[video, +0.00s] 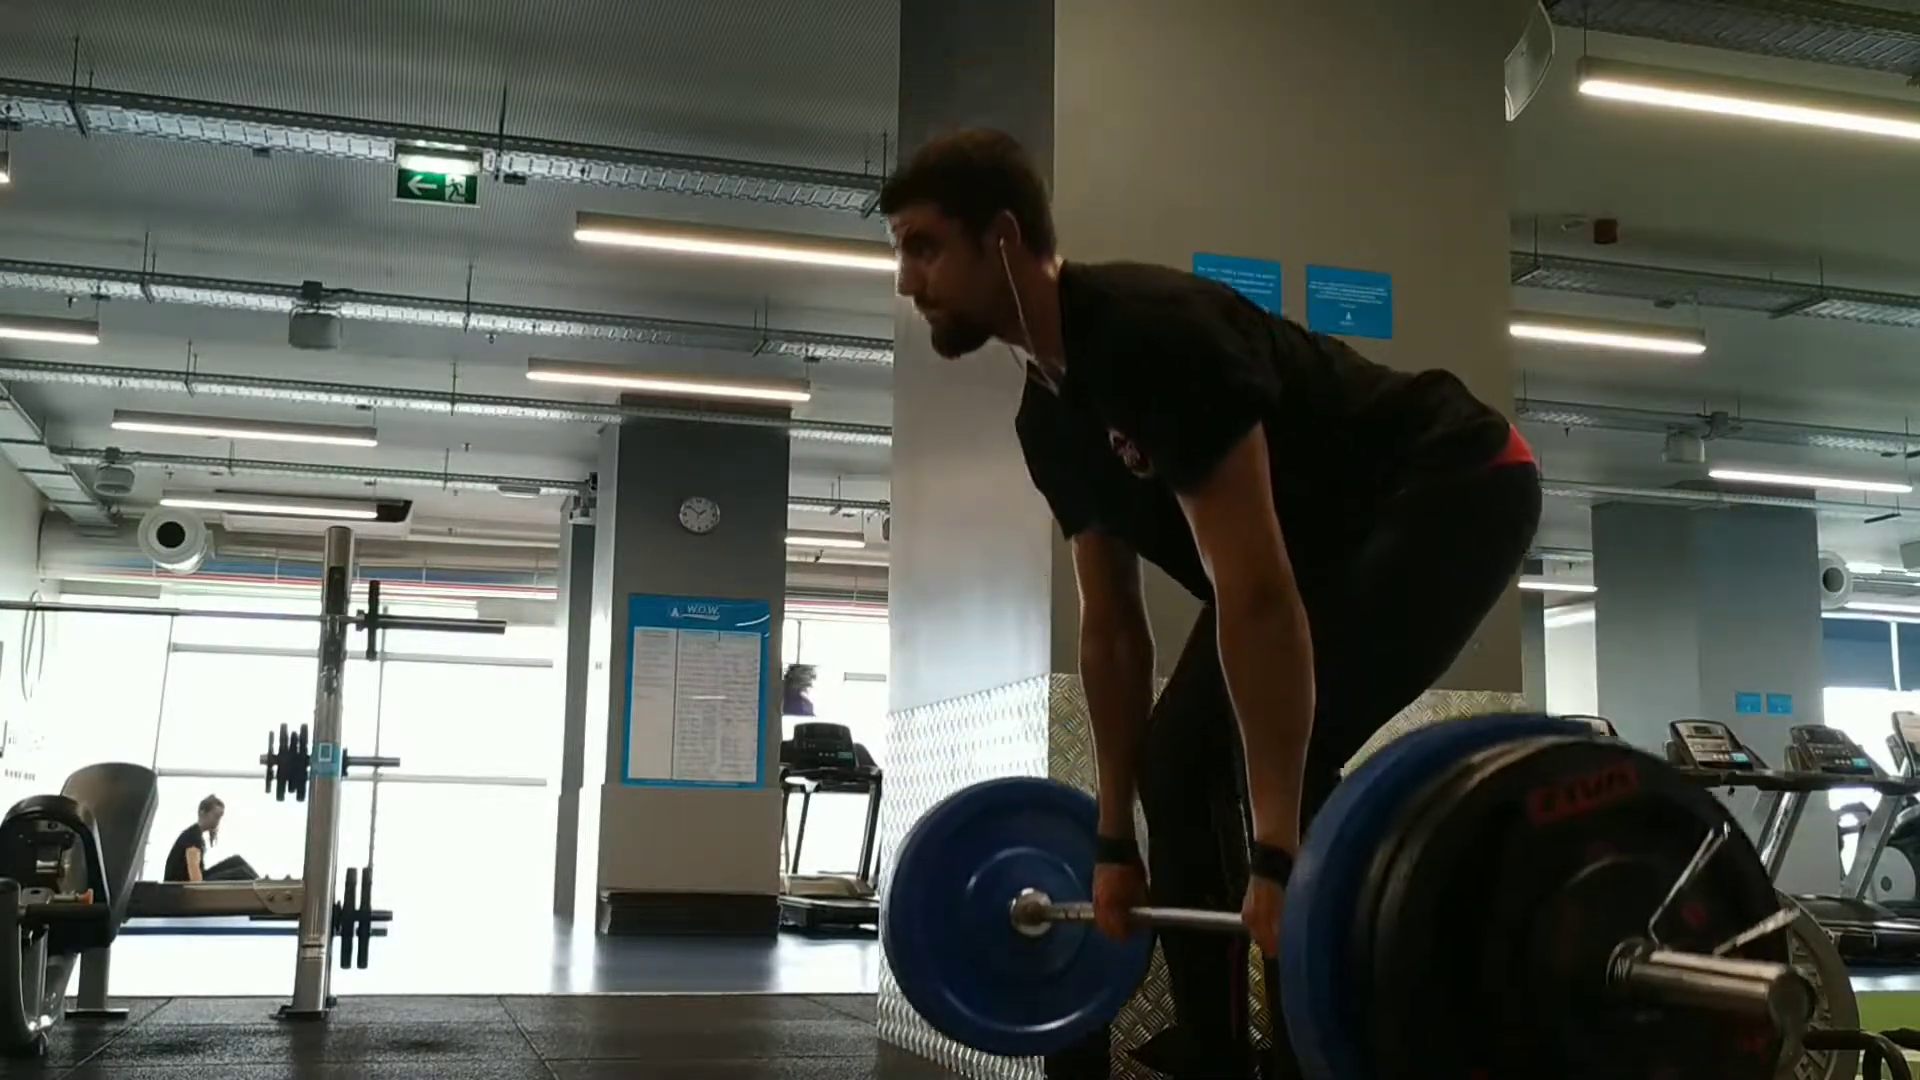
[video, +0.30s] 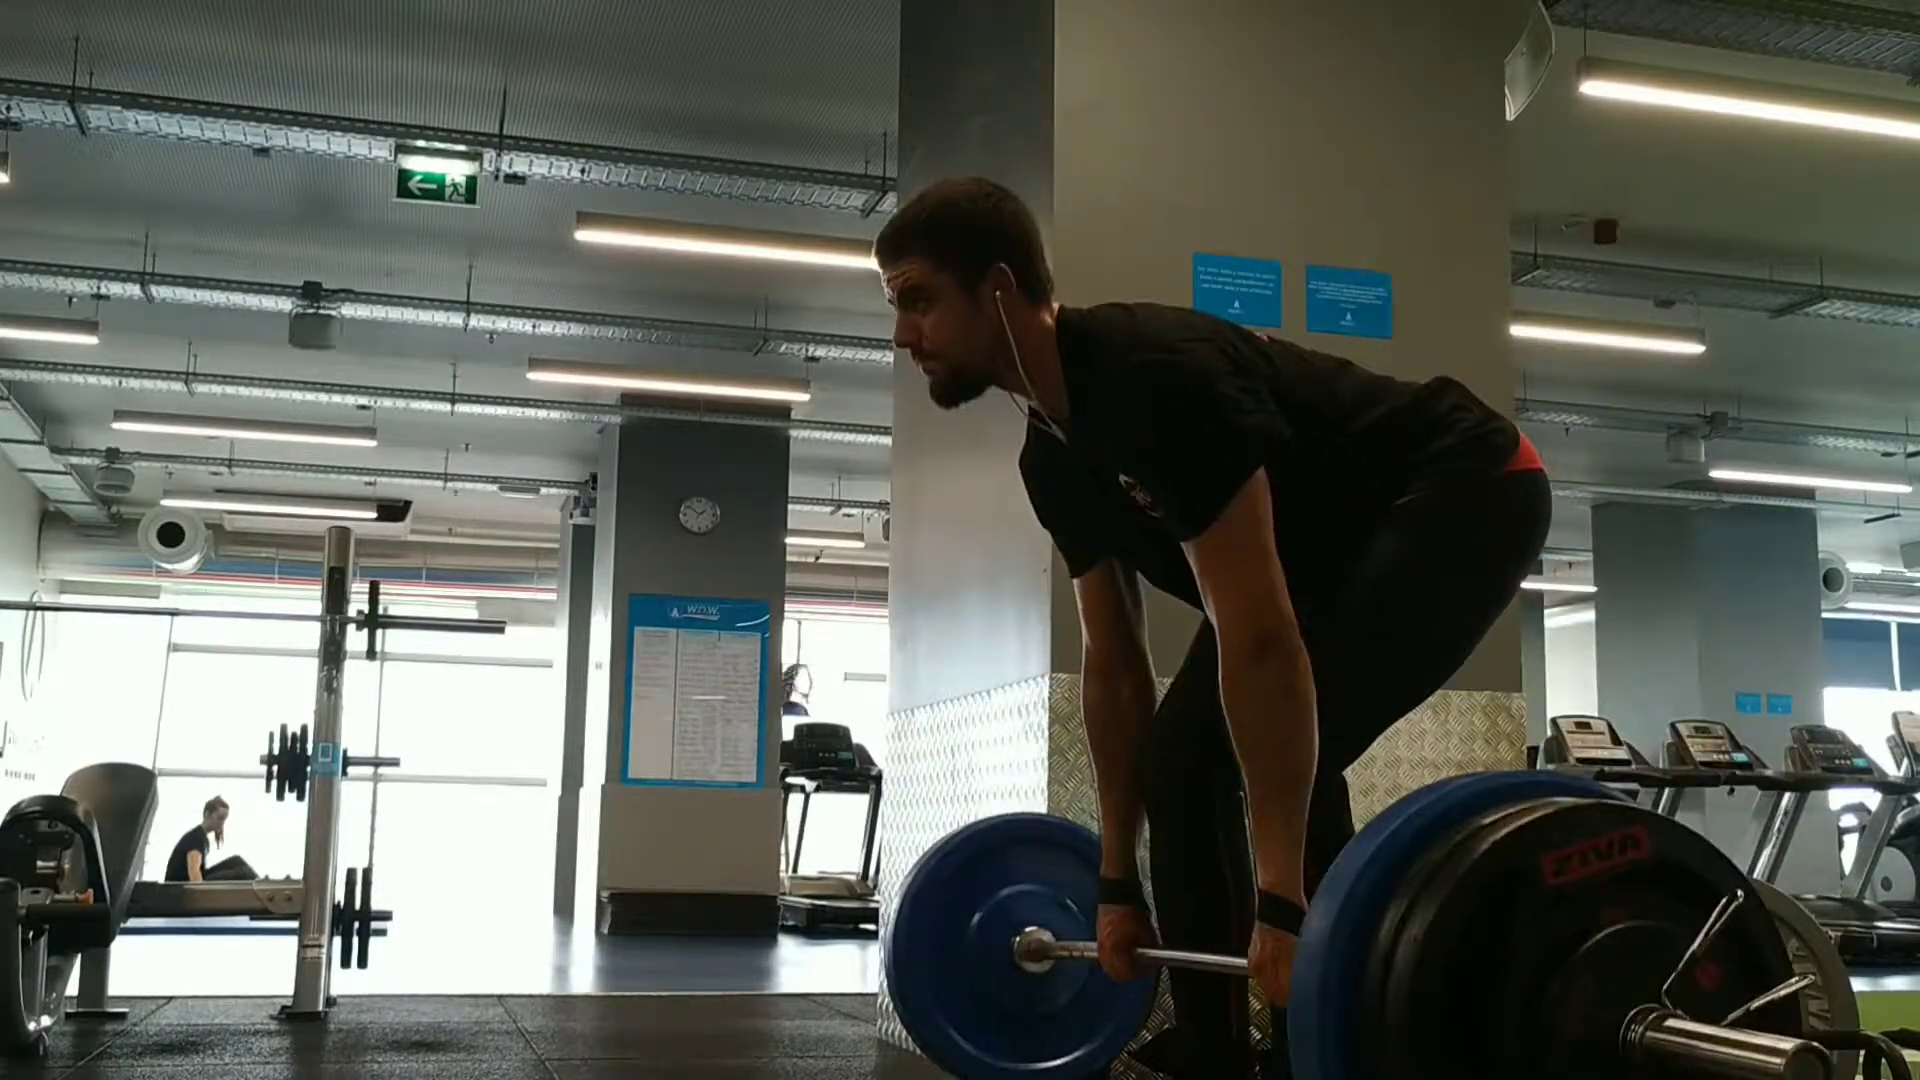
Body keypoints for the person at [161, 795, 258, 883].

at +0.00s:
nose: (219, 821)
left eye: (220, 817)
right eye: (216, 816)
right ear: (202, 813)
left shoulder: (197, 835)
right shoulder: (193, 837)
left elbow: (196, 874)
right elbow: (195, 876)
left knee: (236, 861)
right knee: (241, 872)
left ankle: (262, 886)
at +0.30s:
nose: (222, 823)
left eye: (224, 819)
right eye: (220, 818)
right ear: (207, 815)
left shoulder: (202, 838)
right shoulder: (196, 838)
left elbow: (197, 873)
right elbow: (194, 874)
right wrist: (204, 897)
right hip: (181, 887)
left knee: (236, 861)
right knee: (241, 871)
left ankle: (262, 886)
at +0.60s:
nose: (224, 823)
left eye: (226, 819)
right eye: (221, 818)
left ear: (228, 820)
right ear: (210, 815)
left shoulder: (203, 838)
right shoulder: (199, 838)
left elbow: (201, 873)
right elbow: (200, 875)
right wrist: (211, 897)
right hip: (182, 886)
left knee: (236, 861)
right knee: (242, 871)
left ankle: (261, 886)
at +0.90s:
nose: (219, 824)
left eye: (223, 820)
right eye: (216, 818)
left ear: (227, 822)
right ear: (207, 815)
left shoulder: (205, 838)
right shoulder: (197, 838)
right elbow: (179, 872)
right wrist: (195, 891)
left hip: (198, 877)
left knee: (236, 861)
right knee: (241, 871)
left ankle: (261, 886)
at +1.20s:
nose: (212, 823)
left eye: (217, 820)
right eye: (209, 817)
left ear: (220, 822)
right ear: (202, 815)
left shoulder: (210, 841)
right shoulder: (188, 837)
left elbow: (204, 867)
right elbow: (165, 866)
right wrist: (158, 886)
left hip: (203, 878)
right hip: (187, 883)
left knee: (236, 862)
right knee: (240, 872)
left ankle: (261, 885)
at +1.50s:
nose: (211, 822)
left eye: (215, 819)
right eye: (207, 817)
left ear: (218, 821)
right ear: (199, 814)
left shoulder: (206, 839)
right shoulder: (186, 837)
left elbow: (200, 862)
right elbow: (171, 863)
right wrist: (156, 885)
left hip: (202, 877)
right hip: (189, 882)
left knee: (236, 862)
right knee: (242, 872)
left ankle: (259, 884)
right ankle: (261, 888)